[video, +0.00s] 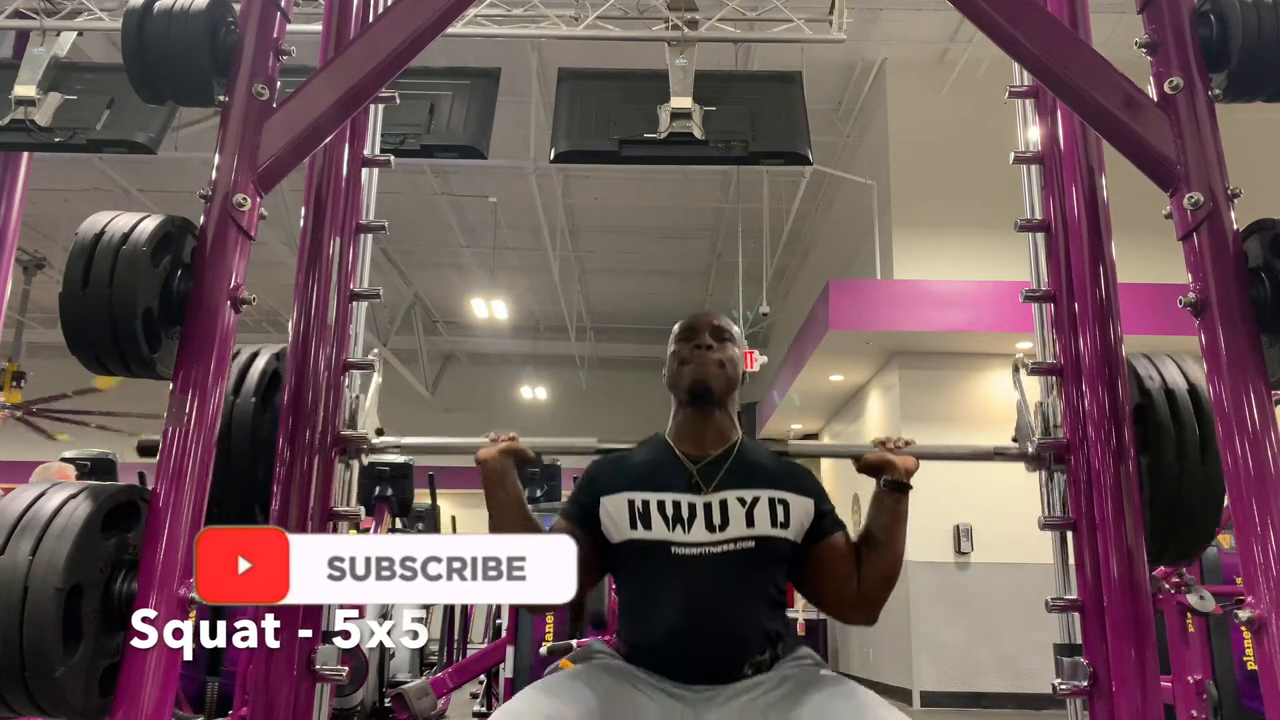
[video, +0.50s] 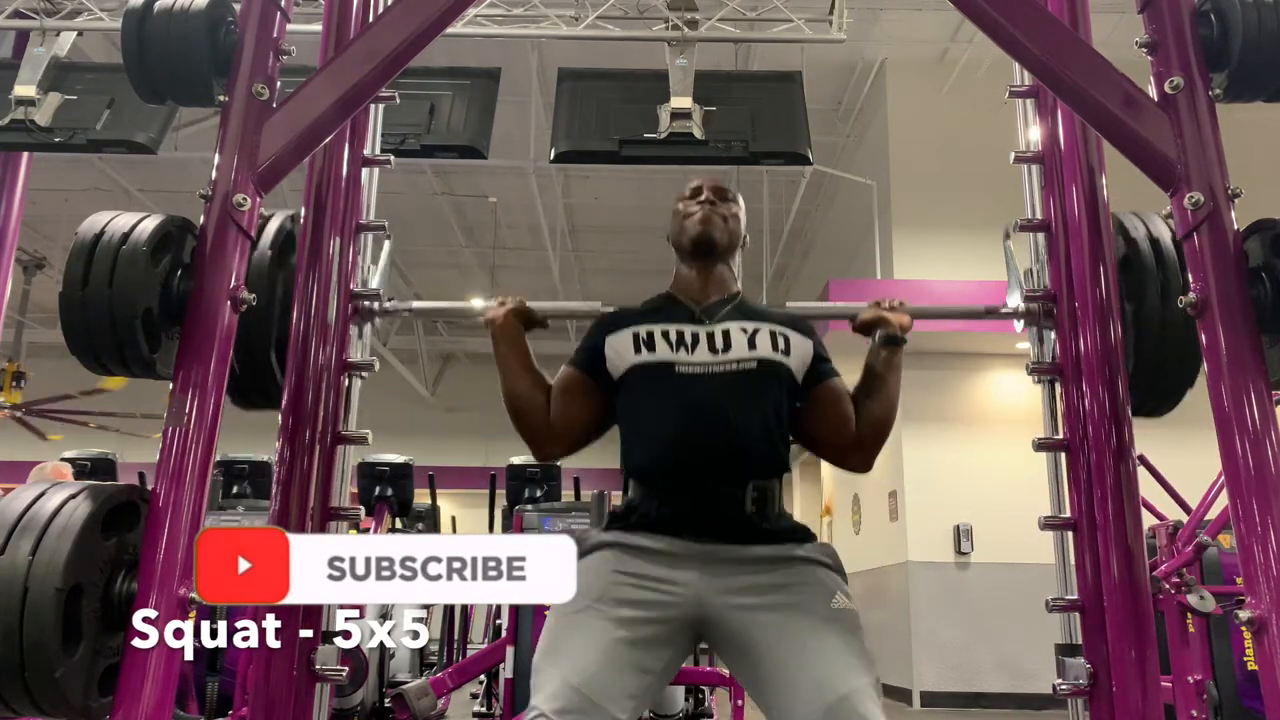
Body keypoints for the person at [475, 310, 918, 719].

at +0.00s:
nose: (703, 348)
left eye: (719, 340)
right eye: (687, 342)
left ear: (742, 371)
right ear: (666, 373)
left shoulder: (788, 481)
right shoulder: (612, 478)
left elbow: (858, 602)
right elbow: (543, 585)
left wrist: (894, 489)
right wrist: (500, 482)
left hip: (769, 683)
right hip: (637, 681)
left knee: (888, 719)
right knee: (513, 719)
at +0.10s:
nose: (702, 328)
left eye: (719, 323)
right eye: (686, 325)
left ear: (740, 357)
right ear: (665, 359)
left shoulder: (789, 463)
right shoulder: (611, 459)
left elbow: (857, 583)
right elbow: (544, 565)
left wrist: (893, 471)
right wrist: (500, 459)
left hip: (769, 671)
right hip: (635, 668)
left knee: (888, 716)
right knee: (519, 715)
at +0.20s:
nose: (703, 292)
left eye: (721, 290)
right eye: (688, 289)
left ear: (742, 333)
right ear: (669, 328)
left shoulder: (788, 431)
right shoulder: (614, 428)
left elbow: (858, 550)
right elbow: (539, 523)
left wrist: (891, 440)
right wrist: (499, 422)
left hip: (768, 647)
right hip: (634, 645)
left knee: (889, 715)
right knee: (522, 713)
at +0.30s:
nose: (707, 270)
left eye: (723, 267)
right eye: (691, 265)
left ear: (743, 310)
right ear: (668, 303)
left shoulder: (785, 405)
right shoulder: (616, 404)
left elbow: (856, 524)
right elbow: (548, 509)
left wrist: (889, 418)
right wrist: (502, 403)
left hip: (770, 624)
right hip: (635, 623)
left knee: (883, 715)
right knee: (527, 714)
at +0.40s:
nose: (704, 224)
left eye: (722, 225)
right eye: (690, 222)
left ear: (742, 265)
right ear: (669, 260)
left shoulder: (788, 362)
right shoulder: (617, 360)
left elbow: (856, 478)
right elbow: (549, 464)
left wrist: (887, 378)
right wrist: (506, 363)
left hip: (772, 590)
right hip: (633, 587)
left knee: (866, 715)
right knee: (541, 713)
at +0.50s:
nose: (706, 200)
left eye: (723, 198)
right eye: (692, 196)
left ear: (743, 234)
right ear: (670, 232)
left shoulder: (790, 335)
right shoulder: (619, 331)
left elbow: (857, 450)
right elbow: (549, 436)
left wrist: (887, 348)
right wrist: (505, 331)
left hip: (774, 567)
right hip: (636, 560)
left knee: (849, 711)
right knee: (560, 709)